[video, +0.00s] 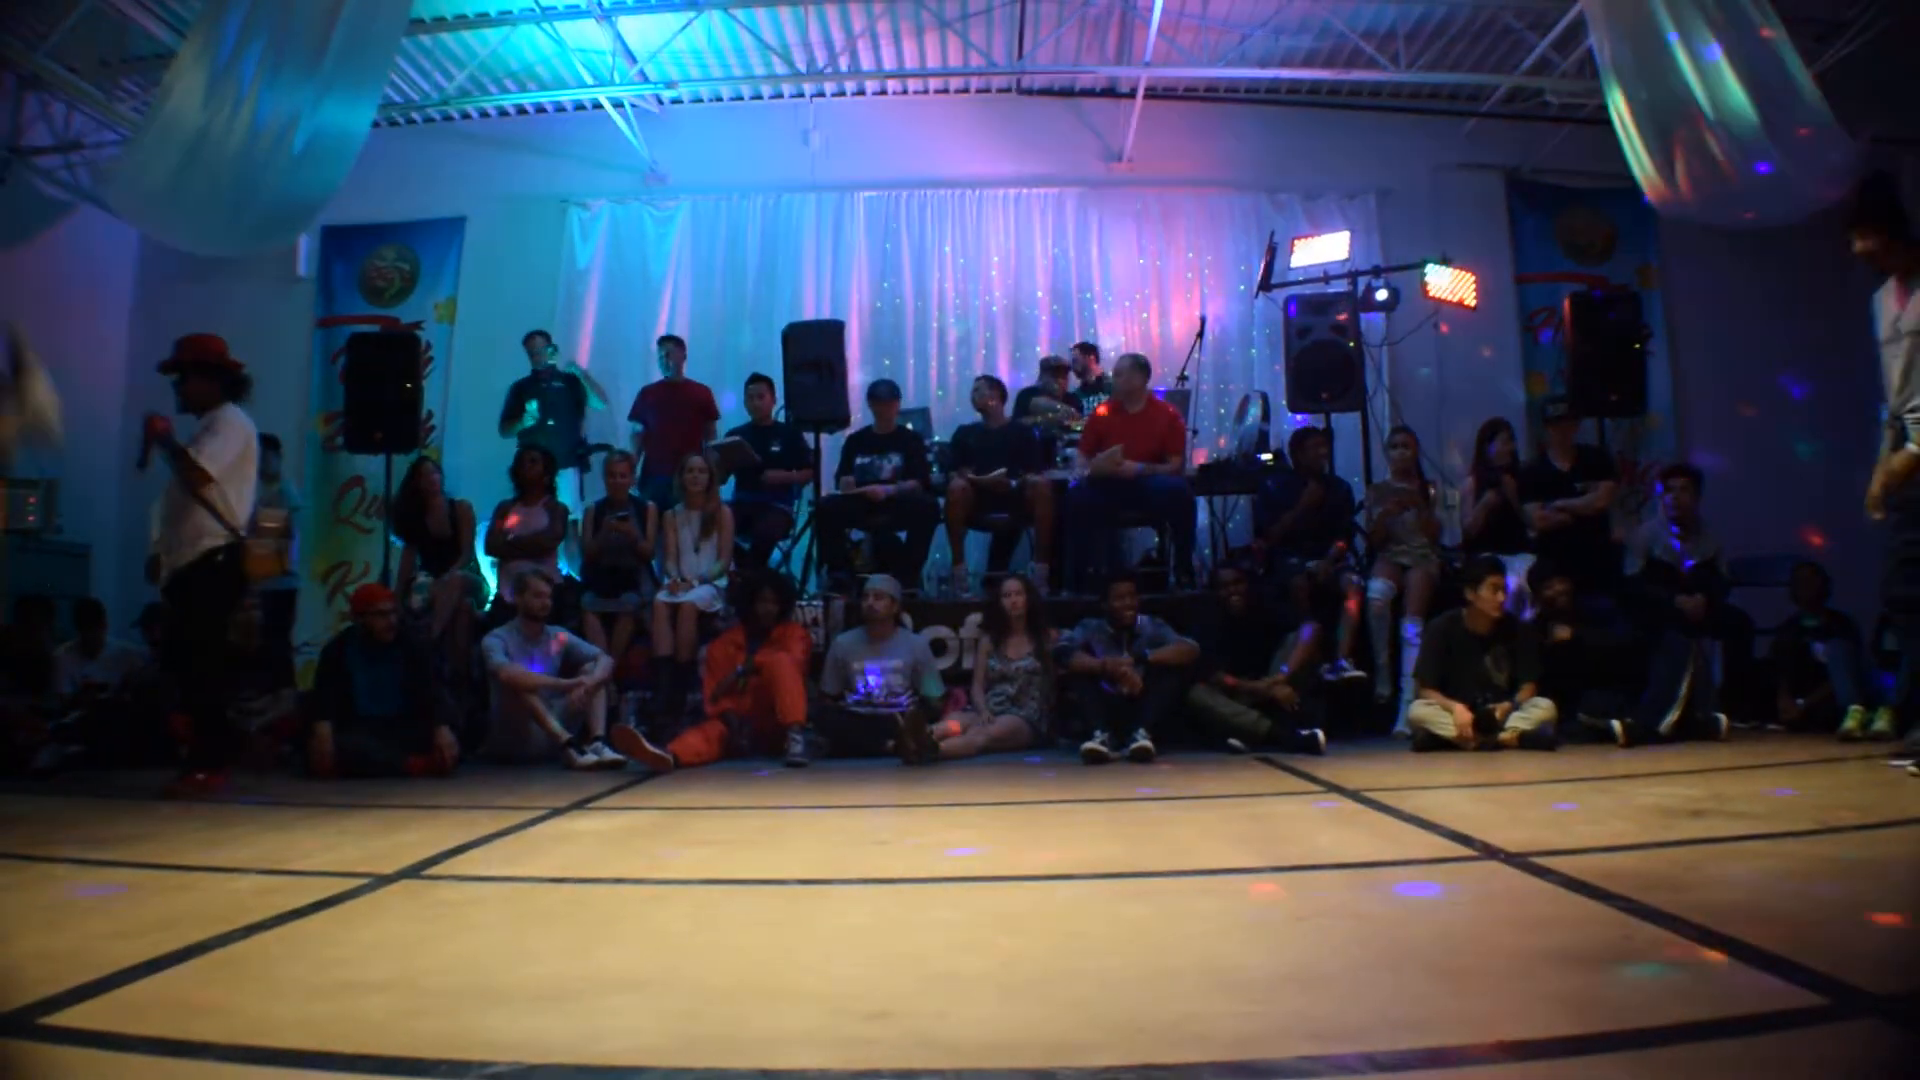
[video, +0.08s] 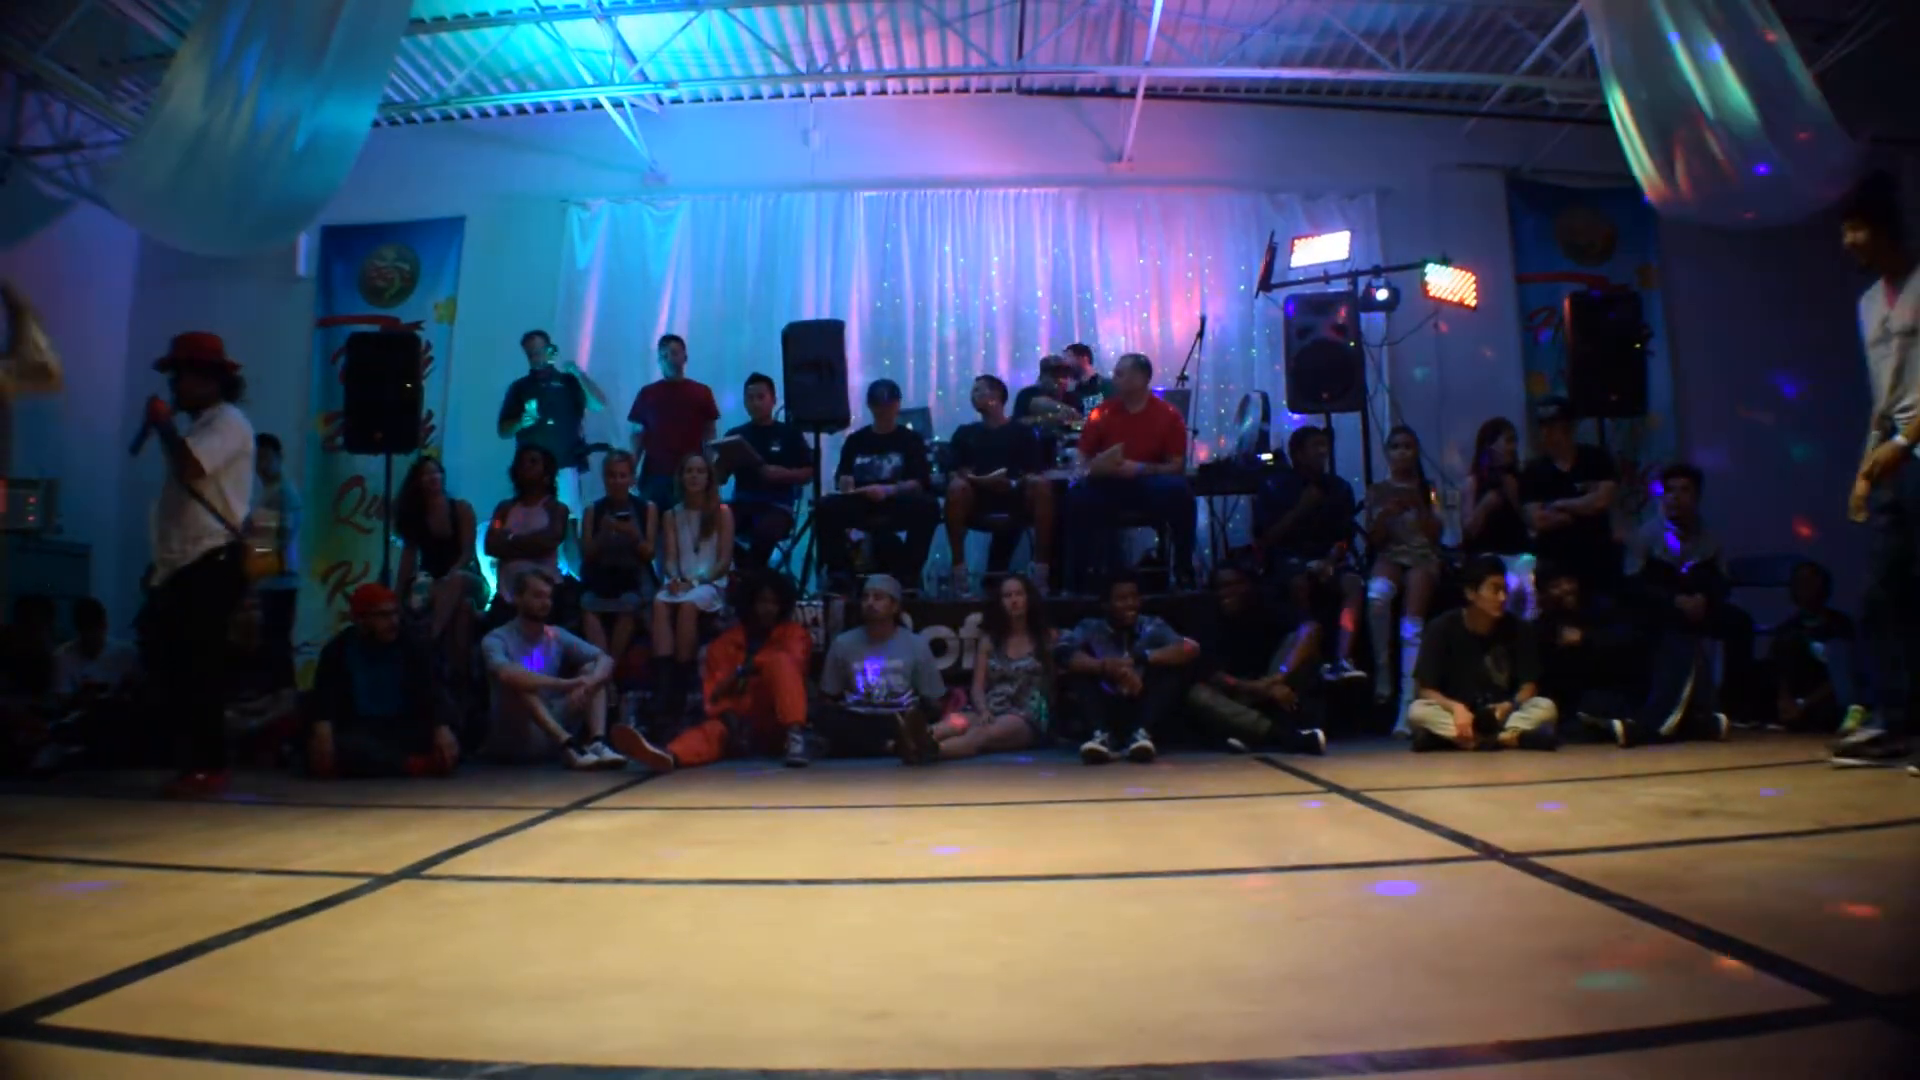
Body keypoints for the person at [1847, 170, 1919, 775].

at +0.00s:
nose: (1860, 248)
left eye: (1868, 235)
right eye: (1856, 237)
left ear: (1896, 233)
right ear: (1861, 241)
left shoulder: (1914, 297)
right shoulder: (1884, 299)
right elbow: (1891, 396)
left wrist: (1903, 460)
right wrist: (1881, 467)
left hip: (1918, 454)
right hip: (1902, 453)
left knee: (1903, 584)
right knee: (1899, 585)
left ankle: (1906, 713)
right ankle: (1901, 713)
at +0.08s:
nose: (1849, 242)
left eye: (1858, 230)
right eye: (1845, 232)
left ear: (1888, 230)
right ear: (1853, 238)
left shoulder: (1914, 292)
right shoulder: (1869, 303)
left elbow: (1914, 404)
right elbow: (1882, 400)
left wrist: (1891, 454)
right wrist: (1865, 471)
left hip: (1915, 461)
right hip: (1889, 462)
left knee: (1891, 589)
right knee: (1887, 590)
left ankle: (1894, 718)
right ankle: (1887, 716)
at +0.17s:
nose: (1841, 240)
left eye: (1850, 228)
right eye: (1836, 231)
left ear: (1879, 229)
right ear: (1837, 240)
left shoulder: (1913, 283)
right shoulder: (1852, 307)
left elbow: (1915, 383)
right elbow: (1867, 396)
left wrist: (1900, 442)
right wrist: (1849, 470)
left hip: (1913, 454)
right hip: (1879, 459)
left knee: (1905, 589)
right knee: (1864, 589)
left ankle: (1905, 722)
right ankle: (1849, 720)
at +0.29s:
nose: (1829, 246)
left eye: (1837, 233)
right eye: (1822, 238)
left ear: (1864, 233)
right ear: (1819, 247)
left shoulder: (1907, 282)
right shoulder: (1827, 312)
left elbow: (1919, 379)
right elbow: (1839, 401)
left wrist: (1909, 451)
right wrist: (1821, 481)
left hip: (1907, 455)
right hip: (1856, 458)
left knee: (1911, 595)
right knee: (1834, 589)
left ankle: (1913, 728)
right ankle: (1821, 724)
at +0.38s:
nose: (1815, 242)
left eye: (1824, 230)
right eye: (1809, 234)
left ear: (1852, 234)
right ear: (1807, 245)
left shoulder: (1900, 286)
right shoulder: (1809, 316)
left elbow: (1919, 381)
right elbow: (1814, 405)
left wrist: (1911, 460)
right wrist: (1803, 482)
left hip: (1892, 461)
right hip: (1833, 464)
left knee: (1901, 593)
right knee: (1822, 594)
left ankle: (1906, 718)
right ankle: (1820, 726)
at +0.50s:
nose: (1793, 242)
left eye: (1804, 231)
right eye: (1789, 234)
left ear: (1832, 235)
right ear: (1788, 244)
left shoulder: (1881, 289)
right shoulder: (1782, 315)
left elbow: (1911, 377)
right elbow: (1785, 402)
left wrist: (1901, 461)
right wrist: (1778, 481)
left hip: (1872, 460)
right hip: (1811, 464)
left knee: (1885, 589)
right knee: (1812, 596)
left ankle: (1899, 714)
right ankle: (1817, 726)